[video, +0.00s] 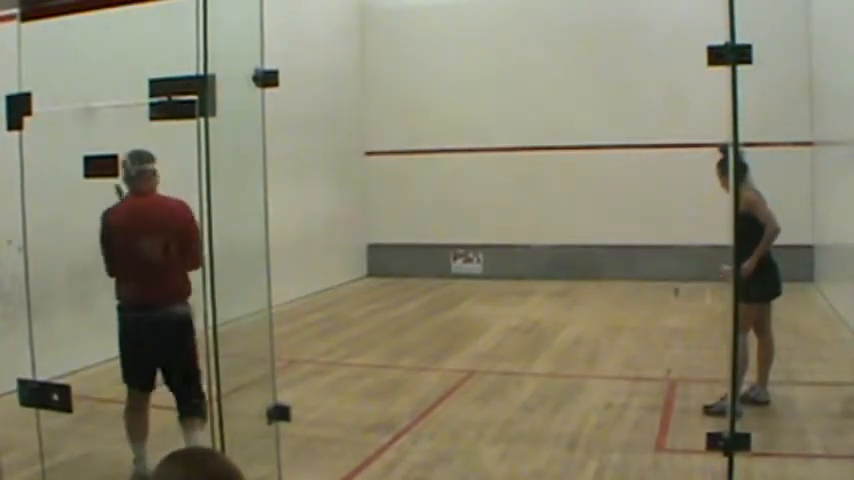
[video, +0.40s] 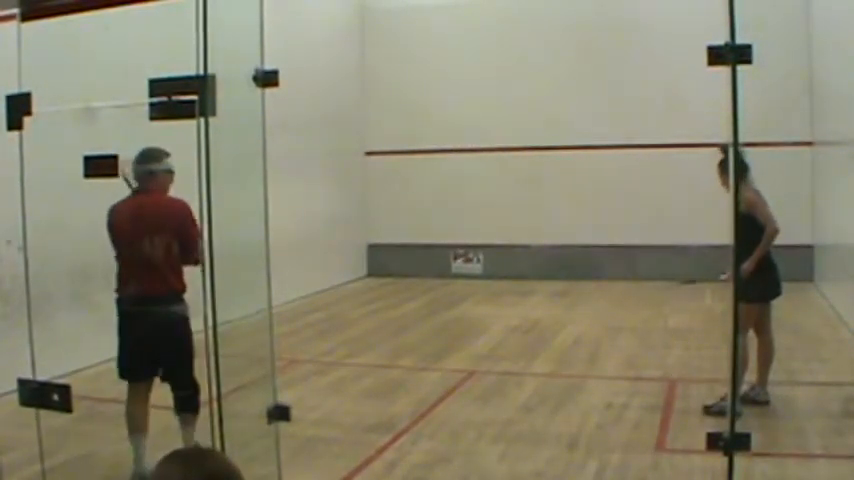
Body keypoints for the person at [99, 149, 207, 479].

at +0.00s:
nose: (148, 180)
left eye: (140, 175)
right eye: (151, 174)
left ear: (126, 179)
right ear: (156, 176)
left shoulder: (113, 217)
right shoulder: (178, 210)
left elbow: (112, 268)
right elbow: (193, 260)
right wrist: (161, 257)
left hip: (135, 319)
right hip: (175, 317)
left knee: (137, 393)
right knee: (187, 392)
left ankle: (140, 464)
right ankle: (198, 462)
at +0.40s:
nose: (171, 179)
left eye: (170, 173)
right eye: (169, 174)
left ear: (137, 177)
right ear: (163, 177)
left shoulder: (117, 212)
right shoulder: (178, 209)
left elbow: (124, 250)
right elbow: (193, 255)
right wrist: (157, 249)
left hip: (133, 312)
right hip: (171, 311)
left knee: (138, 386)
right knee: (182, 381)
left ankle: (139, 463)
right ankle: (189, 449)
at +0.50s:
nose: (181, 180)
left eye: (179, 175)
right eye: (179, 175)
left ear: (147, 176)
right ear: (175, 177)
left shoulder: (125, 209)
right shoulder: (185, 210)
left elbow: (126, 251)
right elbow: (197, 260)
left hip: (134, 307)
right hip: (174, 308)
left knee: (140, 384)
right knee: (185, 379)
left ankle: (139, 461)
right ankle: (192, 451)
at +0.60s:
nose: (191, 182)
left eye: (190, 176)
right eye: (188, 176)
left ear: (157, 176)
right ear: (182, 177)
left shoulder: (133, 206)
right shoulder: (191, 211)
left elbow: (123, 252)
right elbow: (204, 261)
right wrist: (197, 285)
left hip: (138, 306)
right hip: (177, 307)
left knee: (140, 376)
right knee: (187, 378)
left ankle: (137, 450)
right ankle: (192, 450)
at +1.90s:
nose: (179, 177)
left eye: (178, 172)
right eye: (176, 172)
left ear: (146, 175)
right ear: (167, 175)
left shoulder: (125, 209)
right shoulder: (175, 209)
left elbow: (120, 264)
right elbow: (186, 265)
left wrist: (130, 298)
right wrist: (202, 304)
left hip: (136, 303)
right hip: (171, 302)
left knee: (142, 369)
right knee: (184, 377)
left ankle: (131, 444)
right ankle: (189, 447)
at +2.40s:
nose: (130, 185)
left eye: (126, 180)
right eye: (128, 181)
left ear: (100, 184)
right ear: (124, 183)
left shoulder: (82, 216)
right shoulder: (139, 214)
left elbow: (73, 265)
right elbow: (155, 260)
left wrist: (91, 291)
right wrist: (163, 299)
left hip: (99, 305)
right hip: (134, 302)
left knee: (111, 377)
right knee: (141, 368)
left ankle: (131, 444)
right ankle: (149, 435)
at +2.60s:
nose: (81, 187)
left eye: (83, 182)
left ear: (85, 186)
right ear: (111, 187)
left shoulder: (68, 218)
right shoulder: (128, 219)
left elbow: (58, 266)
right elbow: (147, 258)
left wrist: (81, 288)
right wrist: (145, 295)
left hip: (86, 306)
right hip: (121, 304)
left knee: (76, 371)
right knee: (119, 367)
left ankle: (112, 426)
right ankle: (129, 433)